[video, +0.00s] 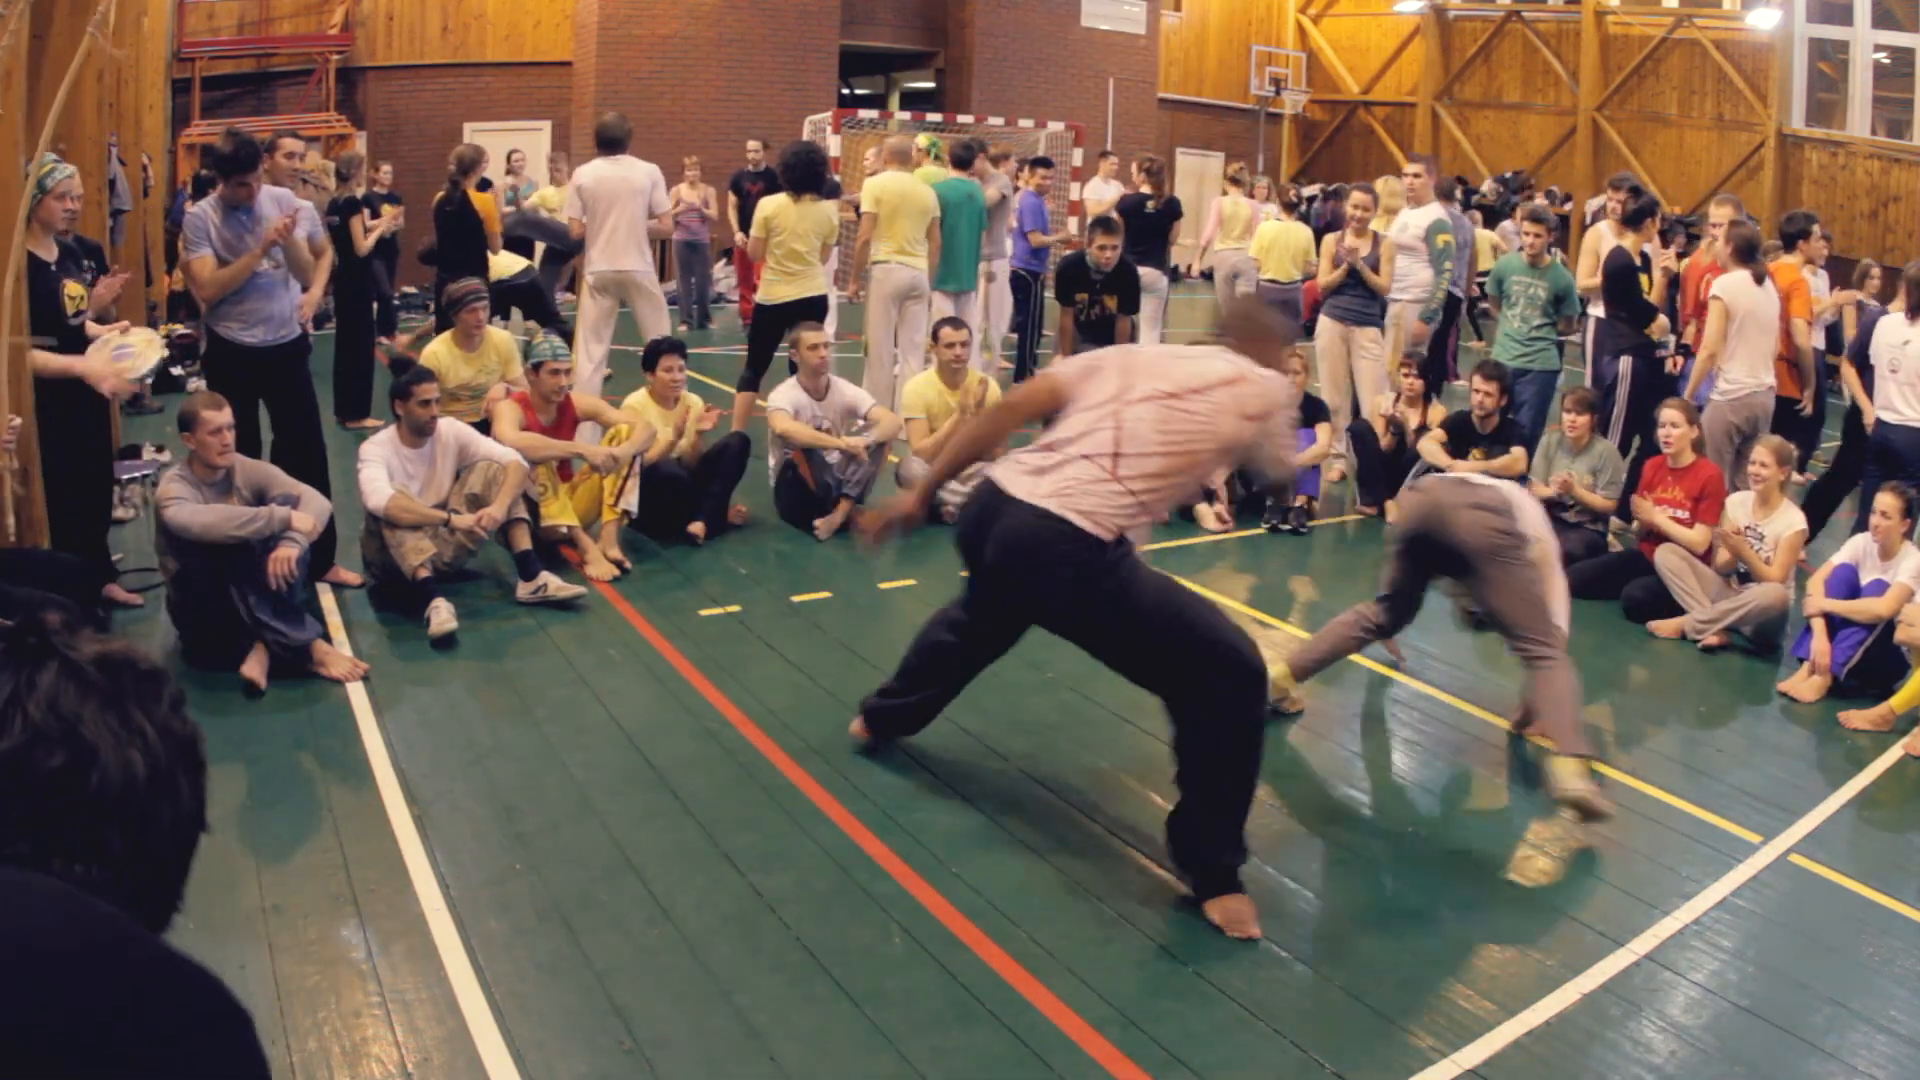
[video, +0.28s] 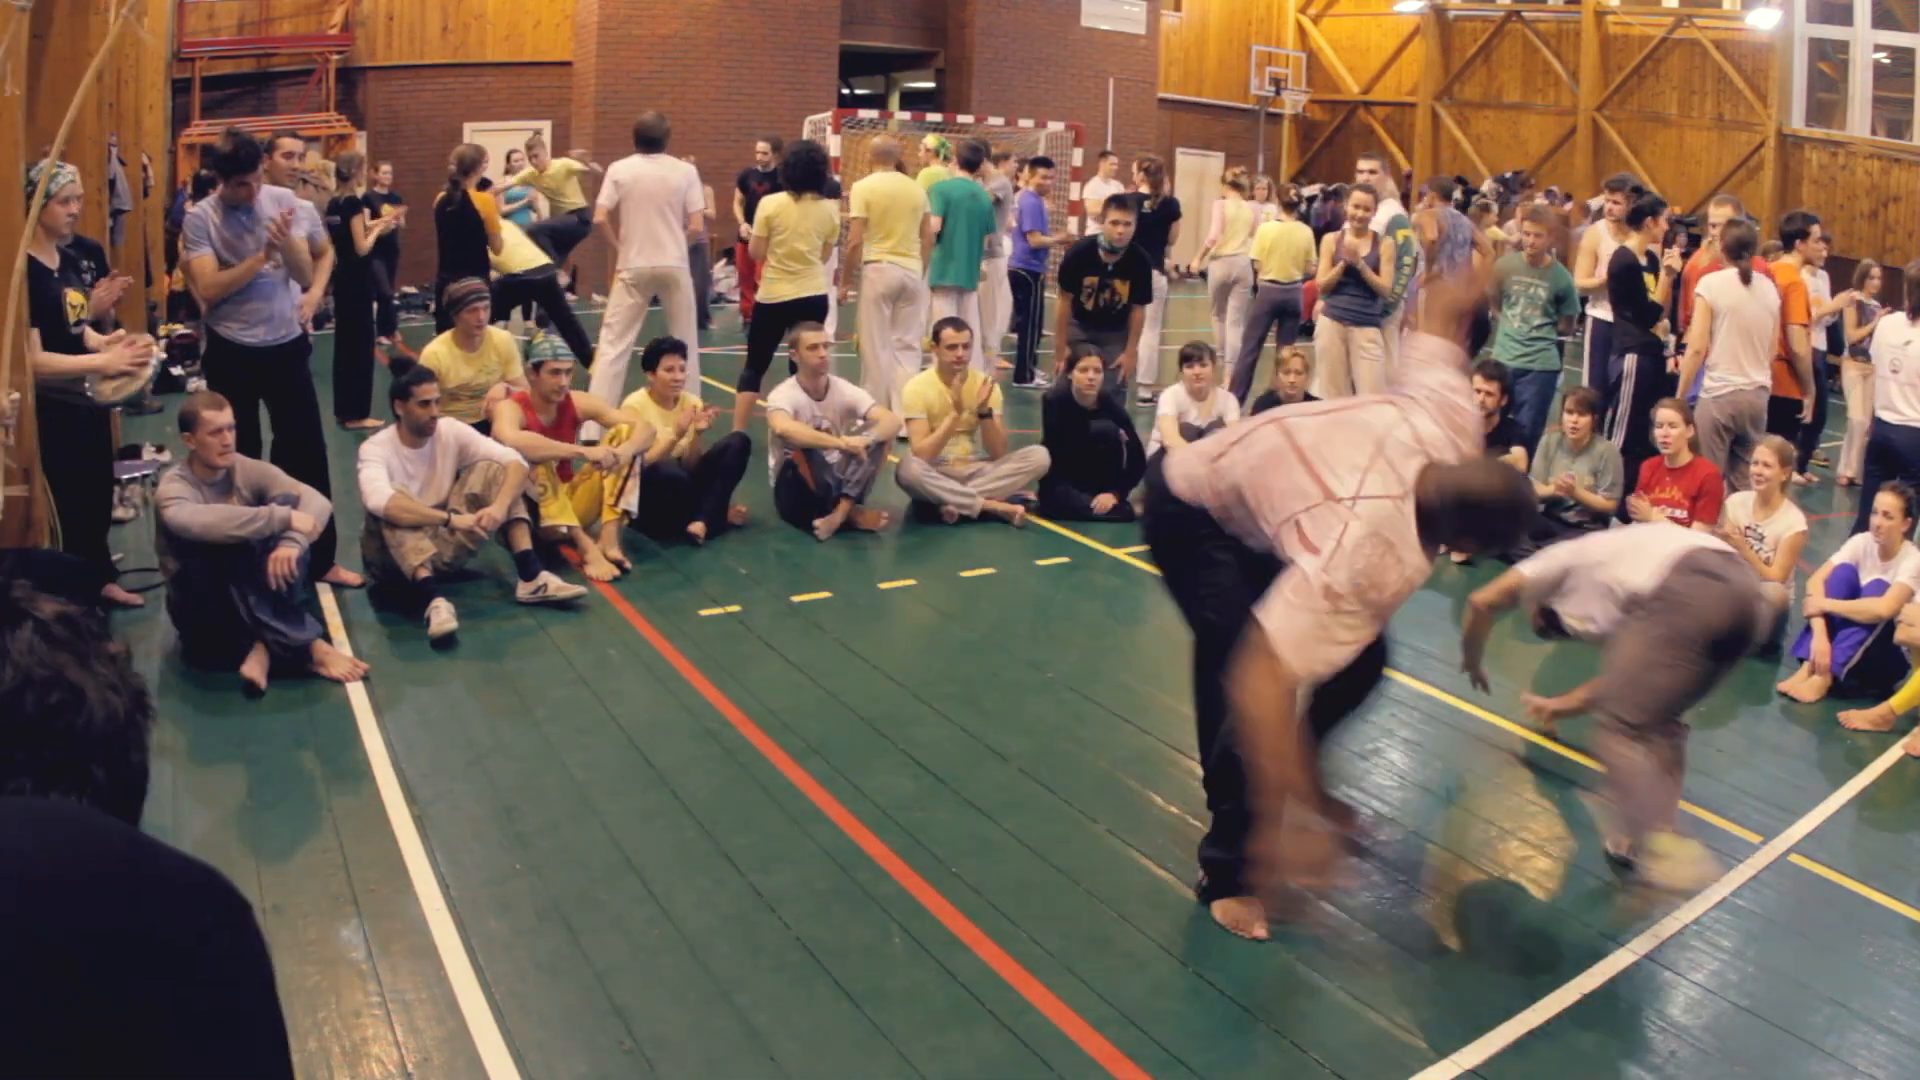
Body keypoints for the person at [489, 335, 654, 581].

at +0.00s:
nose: (563, 382)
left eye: (568, 373)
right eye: (554, 374)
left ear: (573, 372)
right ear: (531, 374)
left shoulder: (579, 404)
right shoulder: (509, 408)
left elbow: (646, 428)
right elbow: (507, 439)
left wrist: (626, 451)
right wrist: (582, 450)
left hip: (572, 505)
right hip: (527, 511)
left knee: (623, 432)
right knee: (541, 466)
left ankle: (609, 537)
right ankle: (587, 546)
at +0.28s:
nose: (563, 382)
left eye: (568, 373)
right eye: (554, 373)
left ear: (573, 372)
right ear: (532, 374)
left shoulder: (578, 402)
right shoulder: (510, 407)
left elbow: (645, 428)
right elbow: (507, 439)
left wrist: (626, 451)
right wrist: (583, 451)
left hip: (572, 504)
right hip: (528, 510)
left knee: (623, 433)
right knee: (541, 465)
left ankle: (609, 536)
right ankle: (586, 546)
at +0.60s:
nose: (564, 380)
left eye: (568, 371)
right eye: (555, 372)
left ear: (573, 371)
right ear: (532, 373)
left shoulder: (579, 402)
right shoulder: (509, 408)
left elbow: (645, 428)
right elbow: (509, 439)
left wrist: (625, 451)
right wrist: (582, 452)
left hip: (571, 504)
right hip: (527, 510)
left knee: (624, 432)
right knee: (540, 466)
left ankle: (609, 536)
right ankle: (586, 546)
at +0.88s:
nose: (564, 381)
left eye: (568, 372)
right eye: (555, 372)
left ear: (573, 371)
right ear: (532, 373)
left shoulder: (579, 402)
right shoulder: (510, 408)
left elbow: (645, 428)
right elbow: (509, 439)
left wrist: (625, 451)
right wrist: (582, 452)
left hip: (570, 504)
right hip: (526, 510)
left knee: (624, 432)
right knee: (540, 466)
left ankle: (609, 537)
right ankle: (586, 546)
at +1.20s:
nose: (563, 381)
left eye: (568, 372)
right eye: (555, 373)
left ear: (572, 372)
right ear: (532, 373)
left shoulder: (580, 402)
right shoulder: (510, 408)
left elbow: (644, 427)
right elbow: (509, 438)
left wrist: (627, 450)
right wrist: (583, 452)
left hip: (570, 507)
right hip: (527, 512)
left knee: (621, 435)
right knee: (539, 464)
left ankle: (609, 537)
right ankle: (586, 546)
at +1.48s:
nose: (562, 381)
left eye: (567, 372)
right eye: (553, 373)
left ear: (571, 372)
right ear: (531, 373)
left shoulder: (579, 401)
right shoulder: (510, 408)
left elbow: (645, 427)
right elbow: (508, 438)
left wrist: (627, 450)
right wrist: (583, 452)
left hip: (571, 508)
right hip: (527, 512)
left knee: (622, 434)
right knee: (540, 465)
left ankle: (609, 537)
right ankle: (586, 546)